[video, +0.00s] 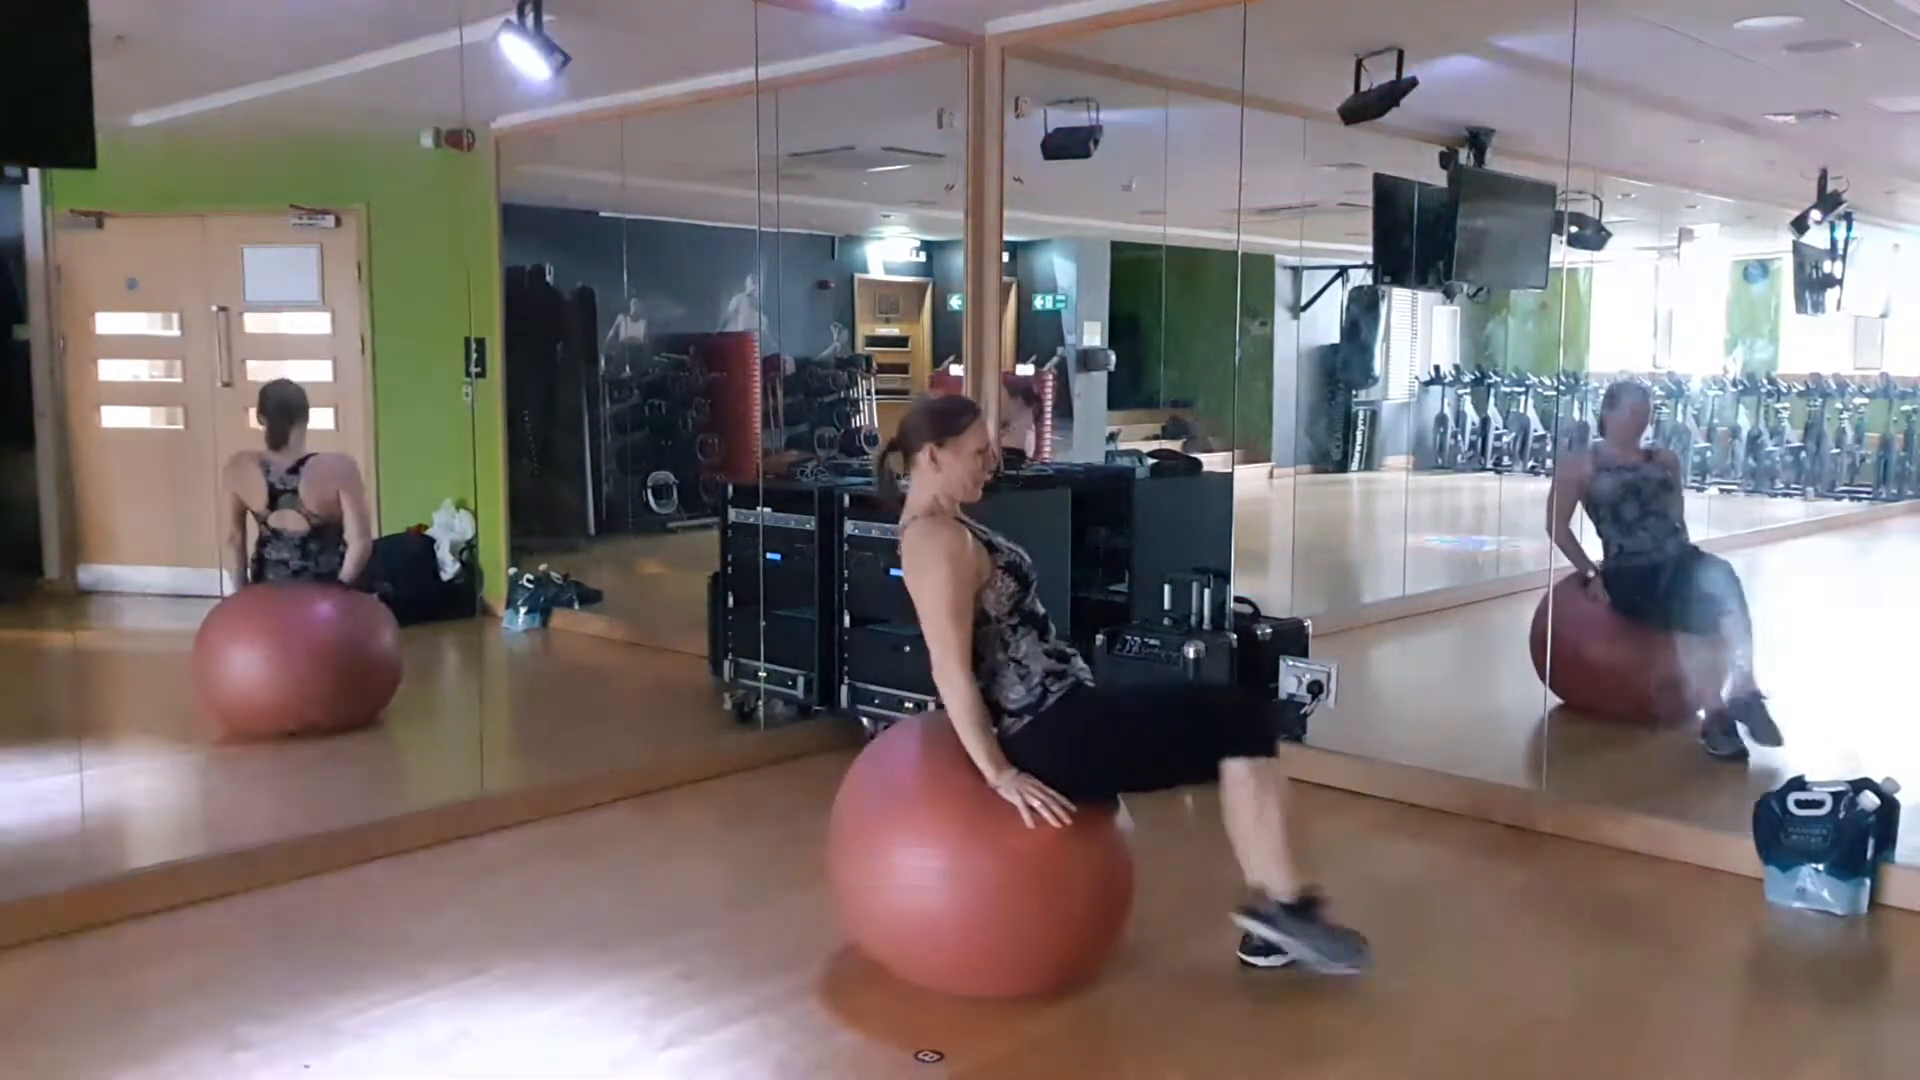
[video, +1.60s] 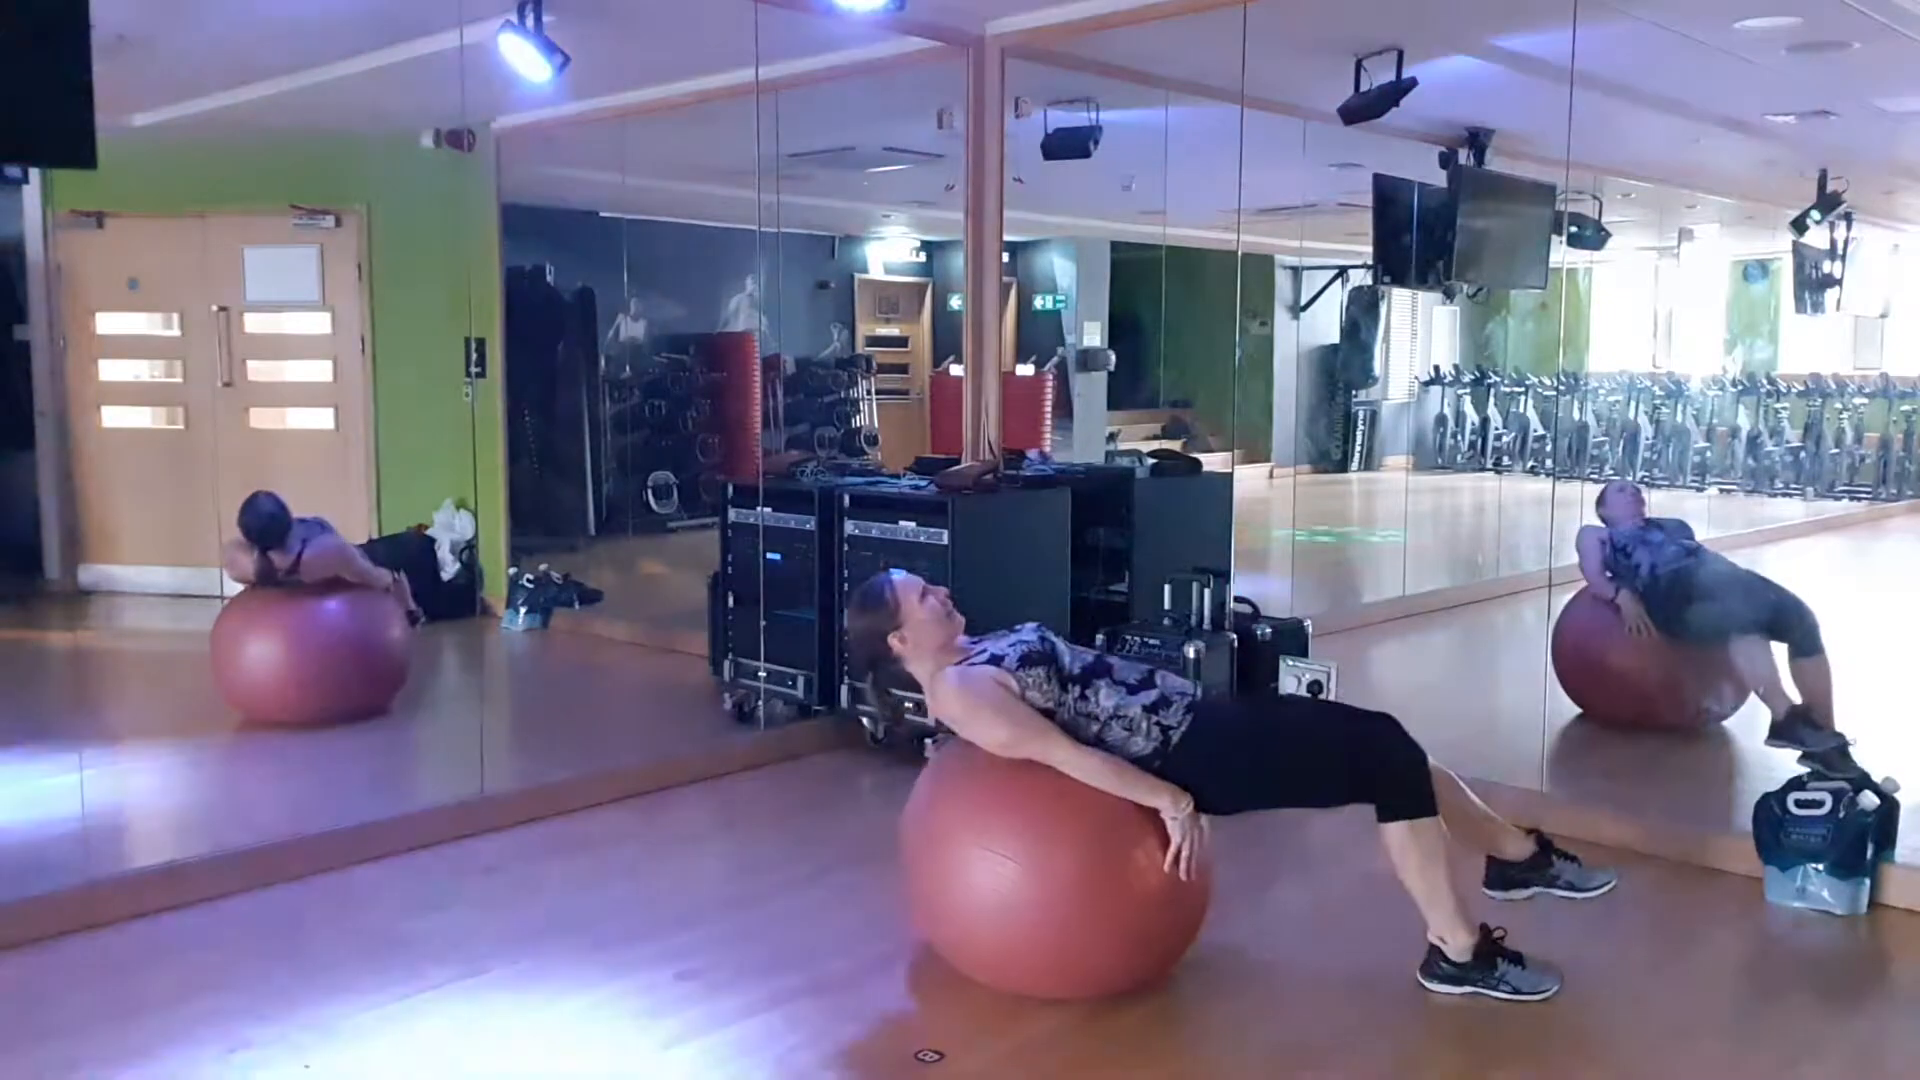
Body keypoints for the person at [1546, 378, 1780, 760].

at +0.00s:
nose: (1644, 421)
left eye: (1647, 413)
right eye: (1635, 413)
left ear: (1649, 417)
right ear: (1609, 413)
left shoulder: (1665, 461)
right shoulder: (1581, 466)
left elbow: (1677, 522)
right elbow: (1557, 527)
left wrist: (1686, 559)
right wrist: (1588, 570)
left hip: (1679, 563)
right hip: (1630, 574)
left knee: (1723, 576)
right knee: (1712, 607)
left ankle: (1744, 689)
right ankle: (1715, 717)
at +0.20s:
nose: (1639, 426)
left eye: (1642, 419)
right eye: (1629, 418)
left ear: (1646, 424)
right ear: (1604, 422)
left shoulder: (1664, 465)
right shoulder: (1579, 471)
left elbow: (1682, 526)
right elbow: (1560, 535)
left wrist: (1695, 564)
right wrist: (1593, 574)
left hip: (1686, 563)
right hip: (1635, 575)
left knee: (1728, 588)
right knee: (1709, 603)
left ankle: (1791, 703)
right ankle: (1715, 714)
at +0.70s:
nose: (1631, 464)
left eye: (1633, 458)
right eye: (1620, 459)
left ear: (1638, 465)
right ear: (1597, 467)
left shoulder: (1659, 504)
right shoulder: (1578, 509)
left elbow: (1686, 551)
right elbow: (1563, 565)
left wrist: (1719, 577)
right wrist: (1603, 586)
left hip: (1693, 578)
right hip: (1649, 586)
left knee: (1764, 628)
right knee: (1723, 616)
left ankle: (1818, 744)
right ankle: (1719, 716)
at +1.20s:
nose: (1626, 490)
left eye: (1630, 486)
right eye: (1615, 486)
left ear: (1638, 497)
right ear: (1596, 500)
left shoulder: (1664, 526)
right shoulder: (1586, 532)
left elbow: (1698, 558)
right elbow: (1581, 574)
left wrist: (1735, 580)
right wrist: (1613, 592)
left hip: (1700, 582)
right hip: (1657, 588)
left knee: (1787, 623)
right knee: (1746, 592)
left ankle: (1819, 745)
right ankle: (1760, 710)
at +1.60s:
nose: (1633, 492)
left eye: (1636, 489)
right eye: (1620, 491)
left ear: (1644, 503)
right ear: (1603, 510)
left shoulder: (1673, 526)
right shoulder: (1596, 534)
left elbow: (1708, 556)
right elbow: (1594, 575)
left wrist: (1743, 577)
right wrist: (1622, 597)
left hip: (1719, 581)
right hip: (1676, 590)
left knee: (1801, 622)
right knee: (1742, 620)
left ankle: (1826, 742)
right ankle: (1784, 716)